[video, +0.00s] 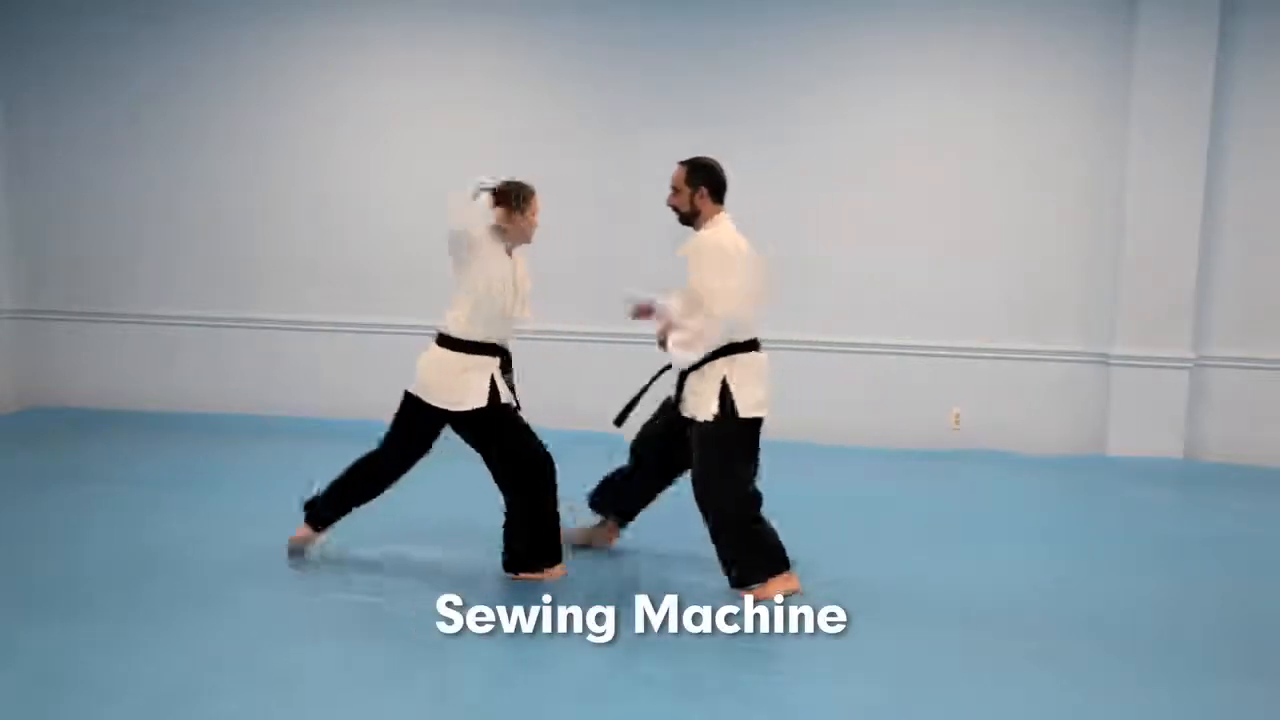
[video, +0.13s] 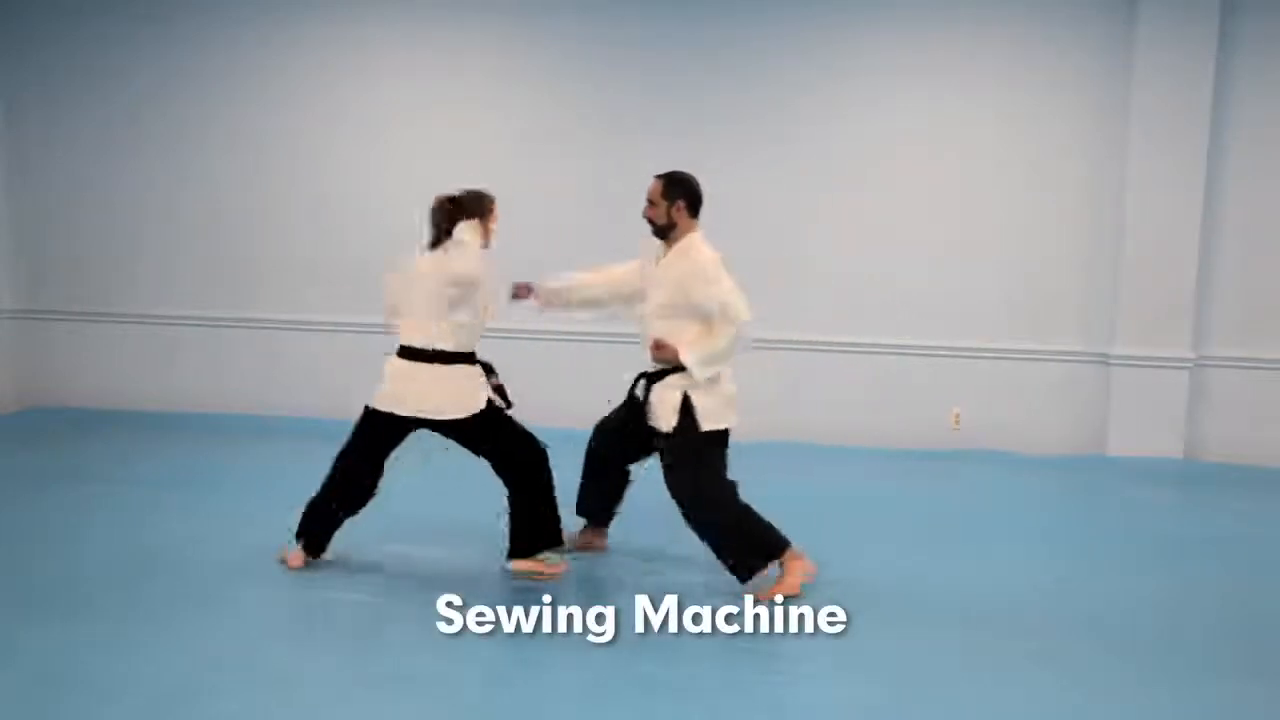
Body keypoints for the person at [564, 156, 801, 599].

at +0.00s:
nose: (669, 199)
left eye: (676, 191)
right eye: (671, 190)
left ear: (702, 195)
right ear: (704, 196)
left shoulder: (716, 246)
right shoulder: (713, 241)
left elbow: (722, 319)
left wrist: (673, 338)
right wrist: (661, 308)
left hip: (728, 382)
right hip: (706, 378)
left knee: (723, 488)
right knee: (654, 453)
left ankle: (773, 577)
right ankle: (606, 526)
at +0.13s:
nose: (645, 211)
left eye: (653, 204)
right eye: (646, 203)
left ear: (679, 209)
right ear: (675, 209)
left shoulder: (701, 262)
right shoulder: (659, 260)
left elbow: (736, 322)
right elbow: (607, 287)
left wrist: (687, 355)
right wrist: (543, 293)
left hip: (697, 398)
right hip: (661, 392)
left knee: (699, 490)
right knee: (608, 441)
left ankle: (790, 559)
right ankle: (593, 533)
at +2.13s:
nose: (618, 224)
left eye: (626, 217)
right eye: (620, 215)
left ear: (653, 222)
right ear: (650, 222)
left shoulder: (673, 272)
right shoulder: (638, 269)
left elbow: (716, 338)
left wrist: (665, 370)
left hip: (671, 406)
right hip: (638, 403)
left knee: (715, 495)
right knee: (582, 437)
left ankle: (806, 578)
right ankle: (592, 529)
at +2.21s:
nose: (622, 222)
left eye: (630, 215)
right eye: (624, 214)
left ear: (657, 222)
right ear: (654, 221)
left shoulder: (676, 273)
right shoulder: (638, 266)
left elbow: (717, 338)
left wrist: (664, 370)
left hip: (672, 404)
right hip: (635, 399)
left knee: (714, 492)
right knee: (581, 440)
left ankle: (807, 578)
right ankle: (593, 529)